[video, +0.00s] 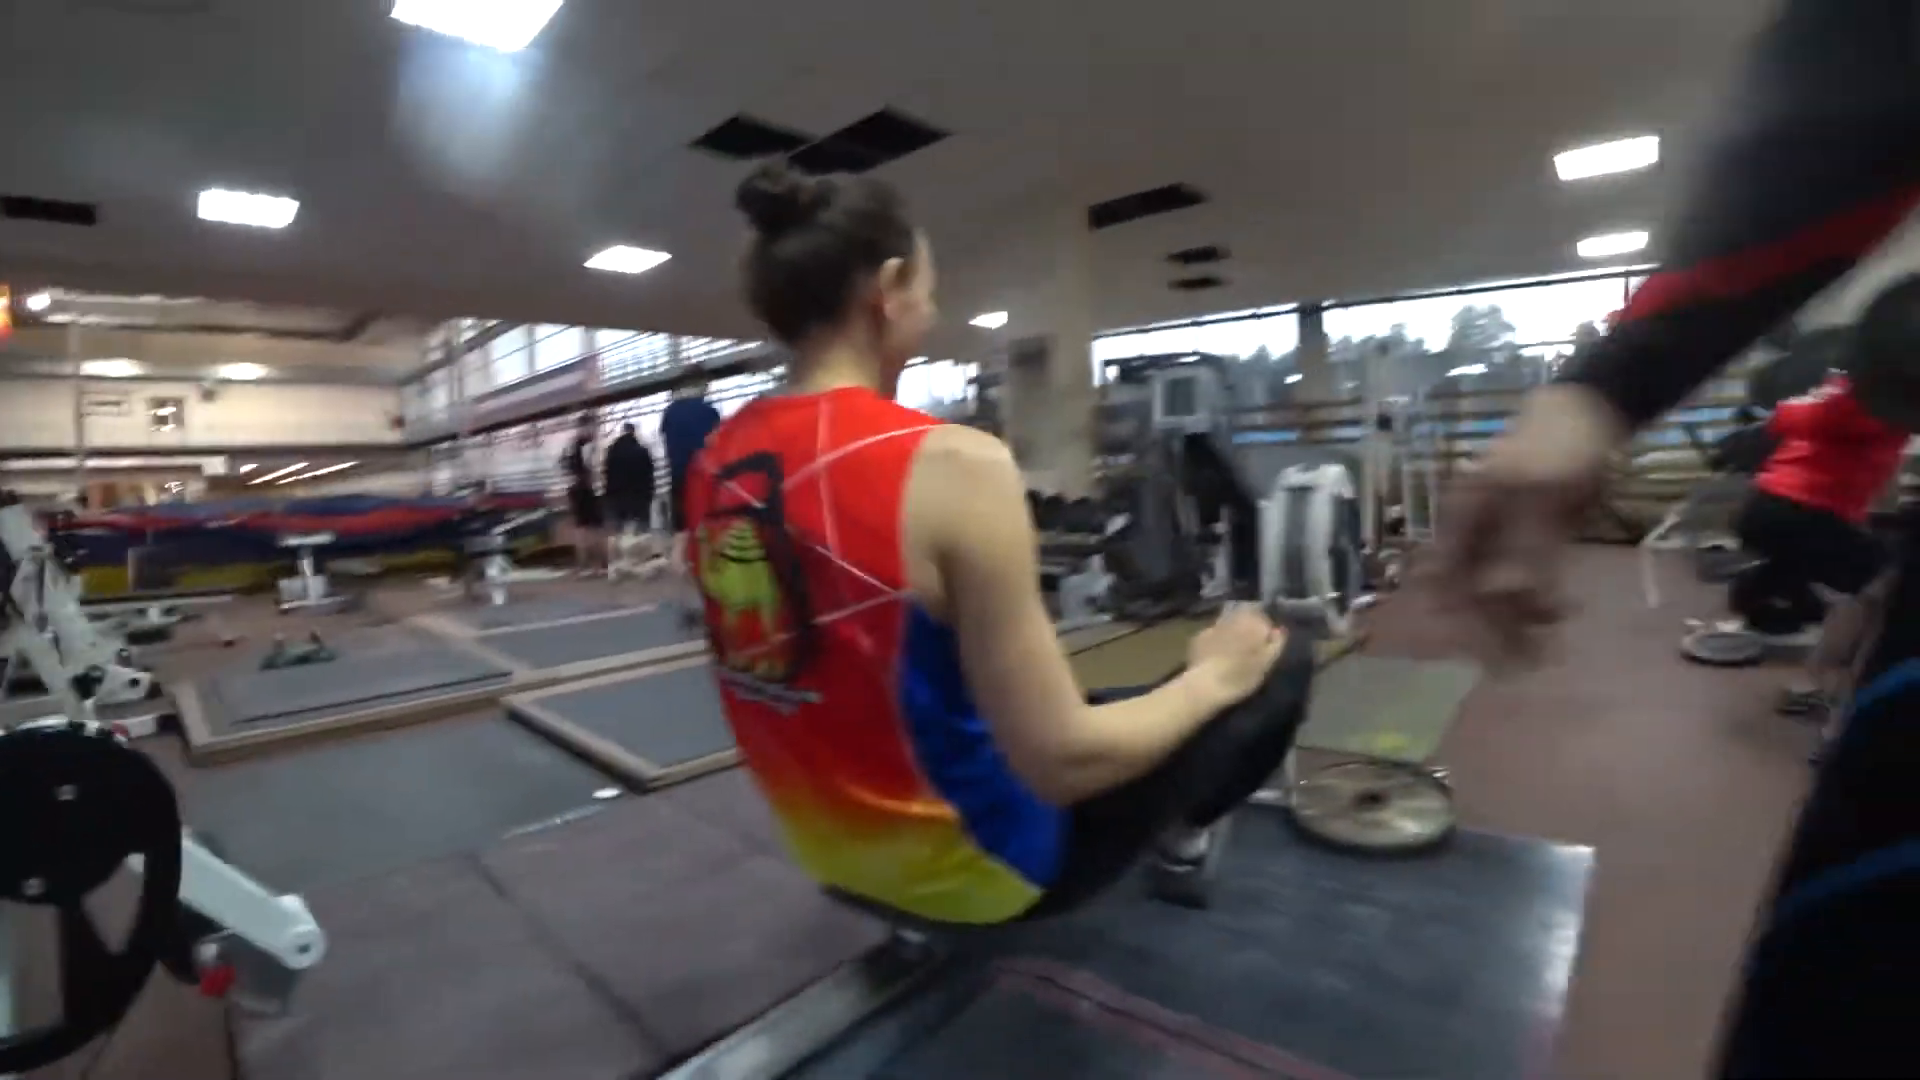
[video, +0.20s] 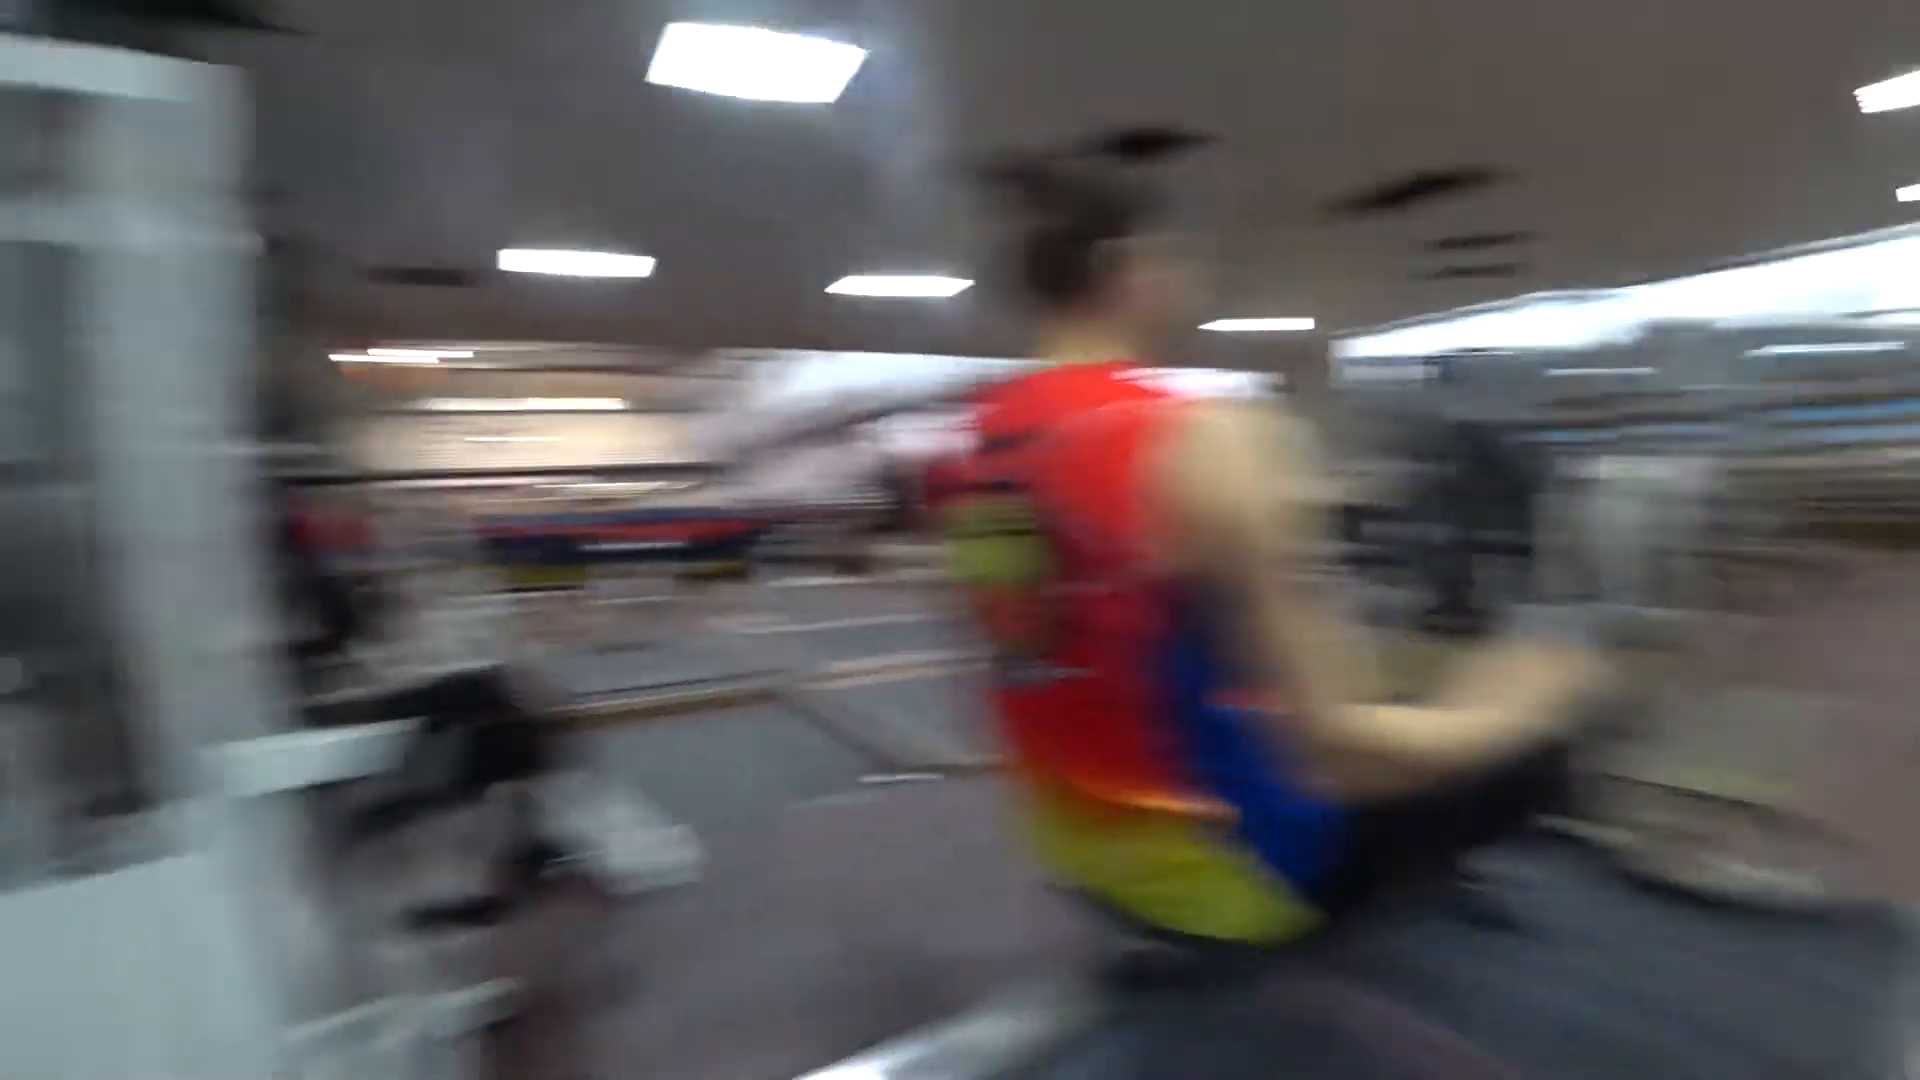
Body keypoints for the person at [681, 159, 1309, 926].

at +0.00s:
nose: (931, 314)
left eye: (931, 291)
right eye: (928, 290)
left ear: (782, 308)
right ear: (886, 294)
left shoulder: (720, 460)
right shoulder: (955, 468)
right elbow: (1059, 762)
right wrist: (1210, 677)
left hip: (838, 867)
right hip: (985, 886)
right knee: (1277, 658)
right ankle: (1186, 837)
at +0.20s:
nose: (1196, 289)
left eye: (1188, 261)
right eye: (1177, 261)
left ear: (1035, 285)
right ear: (1126, 273)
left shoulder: (984, 442)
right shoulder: (1196, 438)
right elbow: (1323, 743)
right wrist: (1513, 702)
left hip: (1093, 869)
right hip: (1240, 886)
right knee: (1543, 714)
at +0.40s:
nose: (1682, 263)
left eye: (1682, 231)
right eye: (1674, 230)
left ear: (1504, 252)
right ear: (1620, 230)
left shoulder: (1405, 423)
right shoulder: (1706, 448)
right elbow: (1828, 861)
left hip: (1442, 940)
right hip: (1637, 992)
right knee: (1898, 998)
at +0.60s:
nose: (1633, 268)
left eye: (1639, 235)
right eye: (1625, 232)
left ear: (1438, 242)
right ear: (1547, 232)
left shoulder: (1335, 404)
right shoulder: (1587, 439)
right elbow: (1682, 865)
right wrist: (1867, 897)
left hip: (1316, 952)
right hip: (1483, 998)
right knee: (1877, 1015)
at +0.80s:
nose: (1394, 282)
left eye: (1397, 249)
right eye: (1394, 247)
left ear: (1220, 243)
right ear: (1345, 235)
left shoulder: (1136, 399)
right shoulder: (1386, 427)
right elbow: (1457, 845)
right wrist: (1603, 852)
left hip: (1136, 949)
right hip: (1297, 1011)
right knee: (1658, 898)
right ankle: (1739, 1033)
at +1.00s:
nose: (1515, 249)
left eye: (1512, 220)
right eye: (1507, 217)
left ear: (1336, 253)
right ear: (1461, 225)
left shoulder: (1271, 411)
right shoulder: (1535, 432)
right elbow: (1633, 869)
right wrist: (1782, 833)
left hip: (1305, 977)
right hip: (1487, 1023)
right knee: (1875, 868)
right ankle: (1891, 1041)